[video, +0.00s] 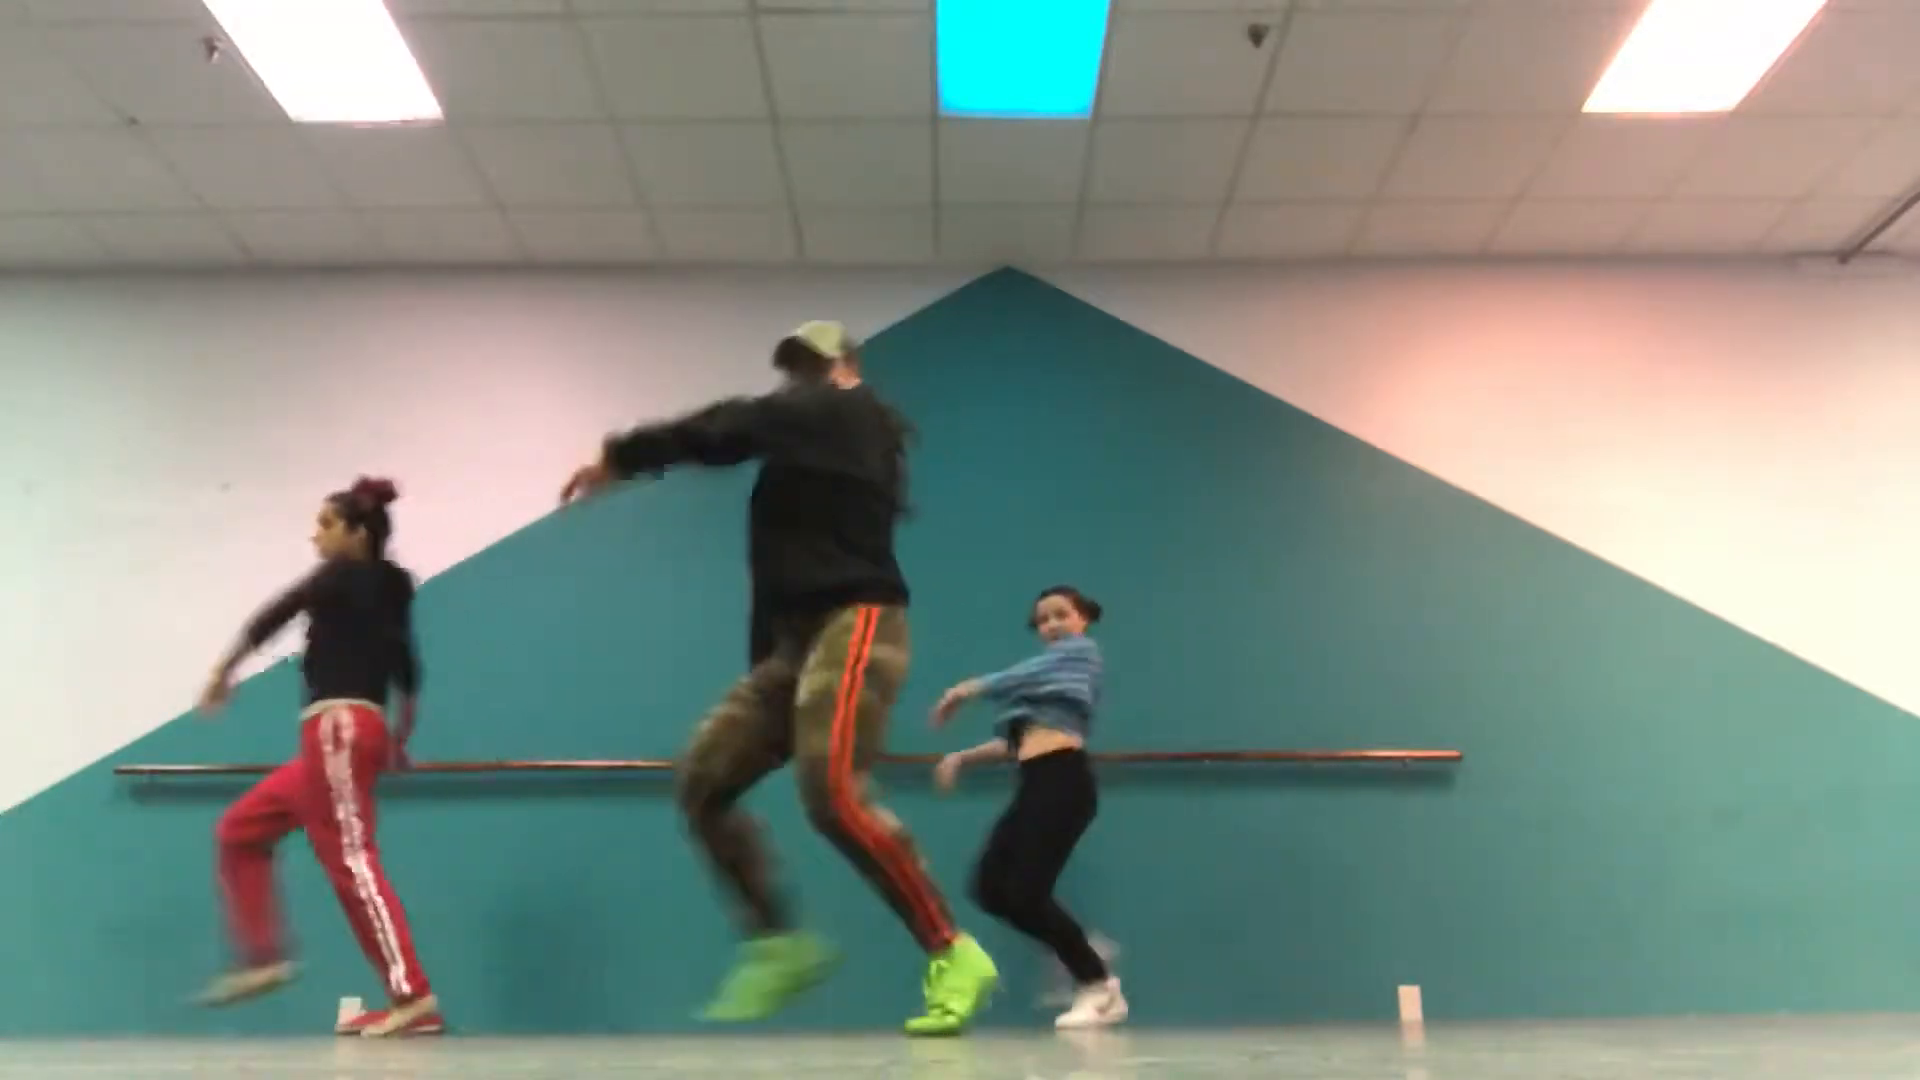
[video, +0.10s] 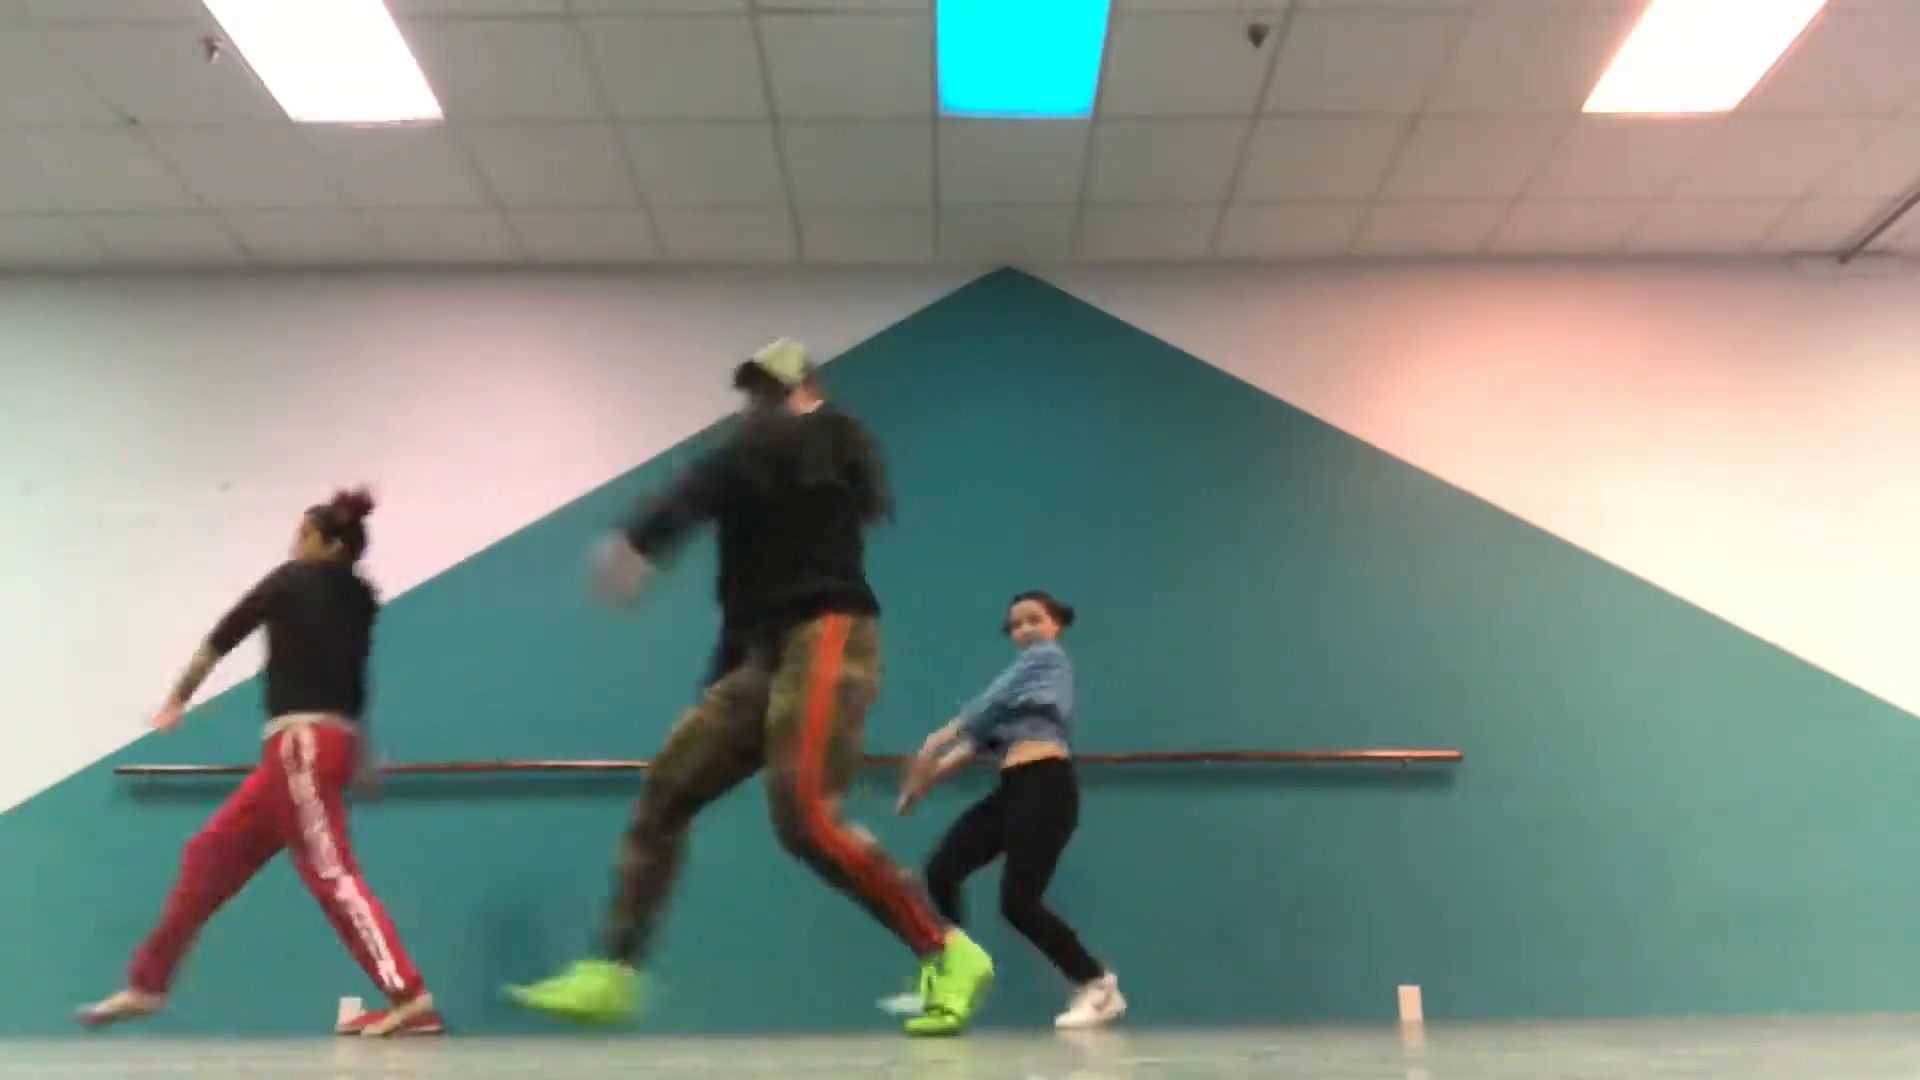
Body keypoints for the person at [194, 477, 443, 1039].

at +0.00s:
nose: (316, 535)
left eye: (325, 526)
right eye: (318, 525)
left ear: (357, 531)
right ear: (365, 534)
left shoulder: (336, 574)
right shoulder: (392, 584)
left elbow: (275, 615)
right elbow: (406, 664)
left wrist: (226, 669)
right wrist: (401, 733)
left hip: (337, 727)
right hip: (362, 730)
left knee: (350, 859)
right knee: (241, 829)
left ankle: (411, 997)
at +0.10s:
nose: (296, 544)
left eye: (303, 536)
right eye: (300, 535)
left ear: (322, 541)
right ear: (346, 546)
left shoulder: (295, 578)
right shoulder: (360, 593)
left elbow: (225, 635)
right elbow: (353, 674)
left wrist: (178, 697)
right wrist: (356, 745)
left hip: (300, 739)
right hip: (332, 738)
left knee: (328, 868)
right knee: (210, 855)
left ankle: (408, 996)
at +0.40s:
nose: (165, 597)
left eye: (175, 586)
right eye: (164, 587)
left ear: (210, 592)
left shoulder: (257, 639)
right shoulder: (188, 668)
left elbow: (313, 705)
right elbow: (156, 743)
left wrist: (299, 782)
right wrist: (112, 804)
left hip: (254, 800)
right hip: (198, 800)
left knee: (261, 911)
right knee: (108, 886)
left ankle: (391, 984)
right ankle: (141, 1016)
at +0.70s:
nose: (274, 531)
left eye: (288, 522)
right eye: (267, 517)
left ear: (301, 527)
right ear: (250, 516)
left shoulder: (305, 581)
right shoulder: (224, 574)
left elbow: (319, 654)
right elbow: (223, 661)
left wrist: (324, 690)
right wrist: (296, 686)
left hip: (283, 745)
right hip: (221, 739)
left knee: (280, 876)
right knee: (180, 864)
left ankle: (256, 1007)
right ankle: (116, 991)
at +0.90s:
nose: (311, 533)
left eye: (311, 525)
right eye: (302, 523)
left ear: (287, 533)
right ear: (268, 528)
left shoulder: (287, 595)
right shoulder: (246, 581)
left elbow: (309, 663)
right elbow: (267, 667)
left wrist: (337, 694)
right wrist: (320, 698)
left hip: (258, 751)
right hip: (215, 744)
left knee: (284, 876)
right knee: (209, 875)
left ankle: (243, 1014)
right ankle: (141, 1014)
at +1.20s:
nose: (333, 550)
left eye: (333, 540)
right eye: (323, 539)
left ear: (314, 547)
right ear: (291, 545)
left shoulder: (305, 607)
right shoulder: (275, 596)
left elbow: (286, 683)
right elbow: (253, 671)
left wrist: (320, 729)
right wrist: (321, 708)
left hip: (274, 751)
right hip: (252, 747)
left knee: (290, 882)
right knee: (301, 864)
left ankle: (199, 1011)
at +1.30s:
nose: (347, 534)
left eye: (346, 524)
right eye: (338, 523)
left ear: (312, 530)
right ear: (307, 527)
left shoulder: (307, 583)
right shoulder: (292, 576)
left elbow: (296, 663)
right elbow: (289, 649)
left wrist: (337, 697)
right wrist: (351, 673)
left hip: (275, 729)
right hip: (278, 726)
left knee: (272, 884)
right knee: (341, 836)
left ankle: (200, 1006)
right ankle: (206, 862)